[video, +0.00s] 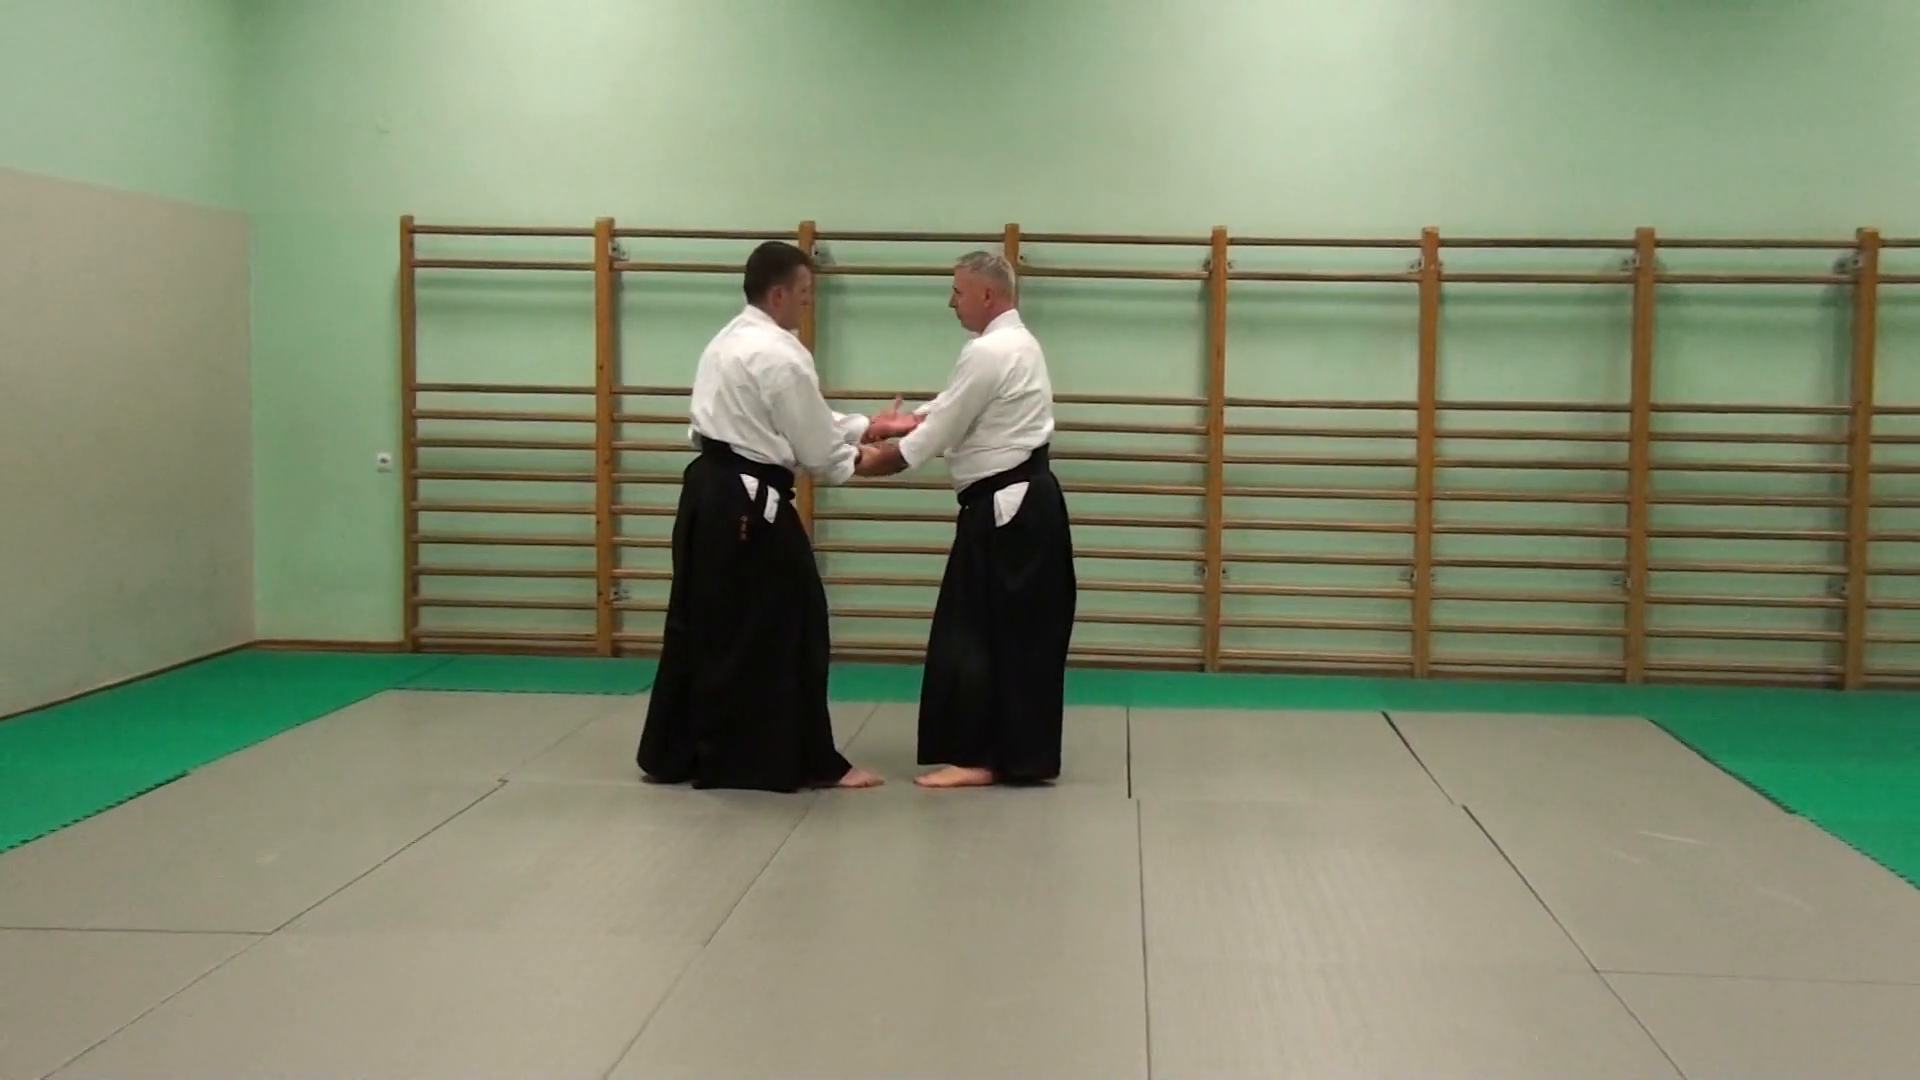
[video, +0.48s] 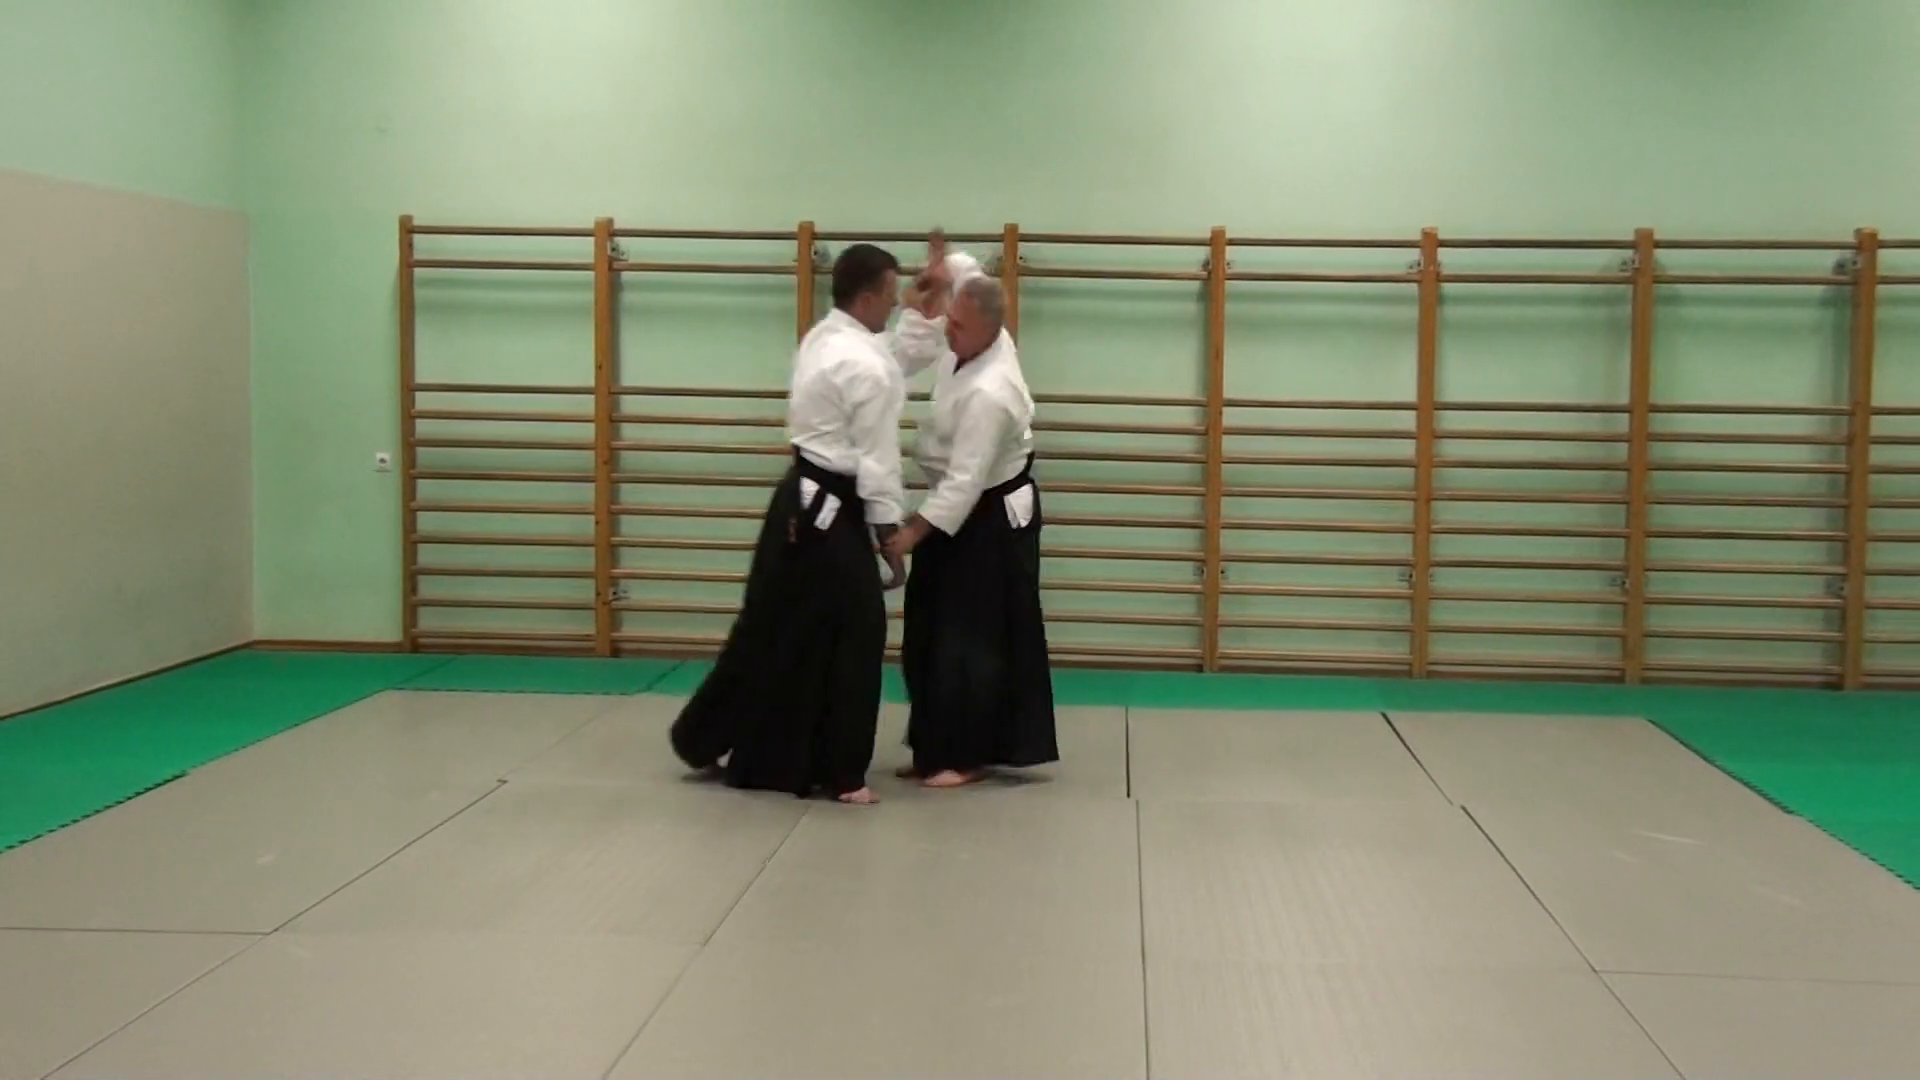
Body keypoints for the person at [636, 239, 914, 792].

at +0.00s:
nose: (807, 302)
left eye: (807, 290)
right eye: (803, 291)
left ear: (758, 290)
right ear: (778, 291)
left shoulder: (727, 340)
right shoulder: (783, 358)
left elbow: (793, 421)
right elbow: (820, 458)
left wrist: (867, 424)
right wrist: (865, 460)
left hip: (707, 491)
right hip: (755, 505)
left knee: (705, 621)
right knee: (801, 619)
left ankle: (677, 753)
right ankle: (811, 759)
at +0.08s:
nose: (809, 302)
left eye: (809, 291)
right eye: (805, 292)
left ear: (764, 293)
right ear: (781, 294)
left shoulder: (730, 341)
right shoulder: (785, 358)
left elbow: (792, 421)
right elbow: (821, 460)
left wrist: (867, 413)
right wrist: (867, 458)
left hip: (705, 490)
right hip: (753, 503)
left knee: (704, 621)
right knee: (807, 619)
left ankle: (680, 751)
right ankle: (811, 758)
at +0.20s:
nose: (821, 303)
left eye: (821, 293)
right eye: (818, 293)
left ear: (776, 295)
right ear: (797, 296)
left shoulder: (744, 342)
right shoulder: (799, 359)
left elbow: (798, 428)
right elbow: (820, 461)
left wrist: (864, 398)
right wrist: (850, 482)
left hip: (714, 490)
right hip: (760, 504)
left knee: (711, 620)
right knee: (823, 617)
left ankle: (674, 750)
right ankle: (815, 756)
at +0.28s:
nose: (839, 303)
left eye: (838, 292)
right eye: (835, 292)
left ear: (790, 293)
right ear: (814, 294)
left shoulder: (761, 342)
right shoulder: (814, 361)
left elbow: (819, 419)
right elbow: (830, 461)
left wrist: (868, 379)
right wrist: (857, 501)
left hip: (732, 491)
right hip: (773, 507)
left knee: (721, 621)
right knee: (834, 616)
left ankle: (675, 749)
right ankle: (828, 757)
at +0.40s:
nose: (867, 306)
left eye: (865, 295)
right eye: (863, 296)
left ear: (818, 296)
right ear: (844, 300)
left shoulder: (794, 342)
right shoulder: (839, 364)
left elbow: (862, 393)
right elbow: (854, 461)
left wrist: (896, 334)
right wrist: (877, 525)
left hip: (768, 495)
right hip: (802, 512)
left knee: (748, 627)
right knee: (850, 623)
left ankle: (685, 748)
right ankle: (835, 767)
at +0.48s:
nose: (894, 303)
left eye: (895, 294)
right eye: (890, 294)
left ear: (846, 292)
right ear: (871, 295)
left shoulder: (823, 338)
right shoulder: (869, 366)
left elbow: (893, 364)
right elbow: (878, 463)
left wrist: (927, 307)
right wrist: (891, 535)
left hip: (801, 499)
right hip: (833, 515)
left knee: (776, 629)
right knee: (859, 635)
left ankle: (705, 737)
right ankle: (839, 773)